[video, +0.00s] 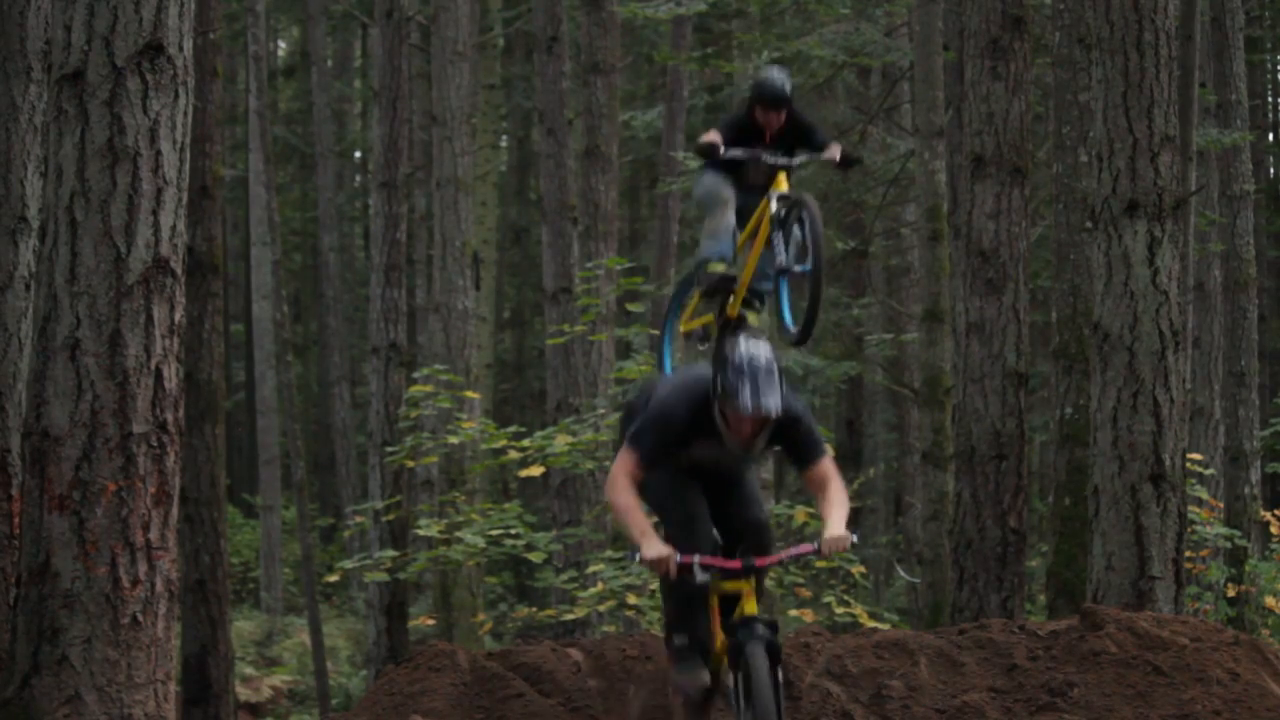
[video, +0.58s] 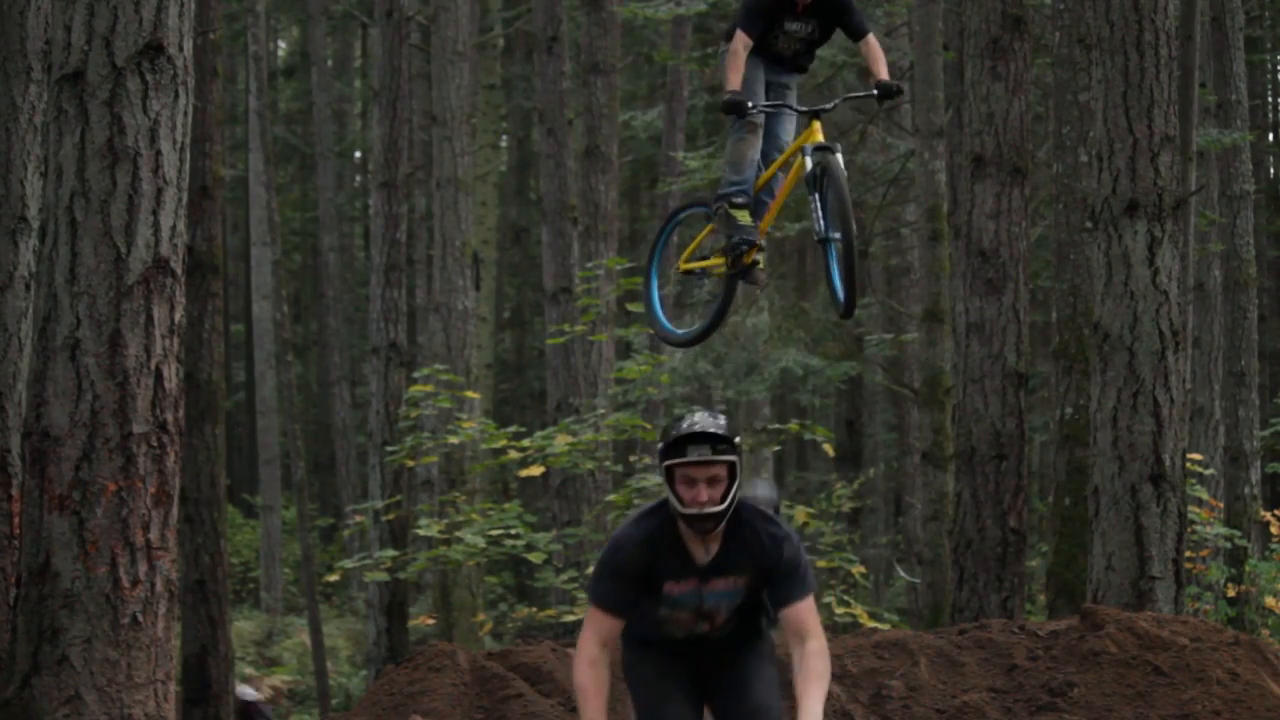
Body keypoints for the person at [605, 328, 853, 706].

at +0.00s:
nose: (747, 427)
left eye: (758, 416)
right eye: (739, 414)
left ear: (775, 403)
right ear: (719, 398)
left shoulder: (784, 412)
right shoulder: (676, 405)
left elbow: (828, 480)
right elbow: (618, 480)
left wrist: (835, 527)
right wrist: (647, 540)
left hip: (723, 465)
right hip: (665, 465)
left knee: (755, 531)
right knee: (695, 542)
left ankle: (743, 627)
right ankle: (684, 647)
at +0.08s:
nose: (750, 454)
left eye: (760, 445)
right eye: (743, 442)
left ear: (776, 430)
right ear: (722, 425)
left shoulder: (784, 438)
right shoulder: (672, 431)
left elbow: (823, 504)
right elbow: (615, 505)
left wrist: (834, 542)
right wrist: (647, 561)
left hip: (734, 491)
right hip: (671, 491)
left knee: (763, 546)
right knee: (693, 569)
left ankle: (749, 632)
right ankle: (691, 673)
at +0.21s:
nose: (746, 470)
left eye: (755, 461)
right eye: (738, 459)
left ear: (772, 447)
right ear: (715, 444)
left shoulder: (785, 462)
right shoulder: (672, 457)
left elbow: (823, 536)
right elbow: (616, 540)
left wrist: (831, 583)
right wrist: (637, 607)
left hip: (736, 532)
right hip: (668, 537)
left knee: (773, 591)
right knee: (688, 630)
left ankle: (772, 684)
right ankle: (699, 710)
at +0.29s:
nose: (738, 474)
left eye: (749, 463)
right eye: (729, 462)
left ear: (765, 453)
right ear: (708, 448)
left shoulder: (785, 473)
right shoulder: (665, 474)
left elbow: (825, 550)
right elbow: (614, 560)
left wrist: (829, 605)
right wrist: (631, 630)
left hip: (738, 549)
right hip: (666, 558)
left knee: (775, 624)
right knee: (689, 651)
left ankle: (777, 709)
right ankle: (692, 712)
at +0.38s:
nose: (731, 474)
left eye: (742, 461)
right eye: (720, 461)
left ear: (759, 455)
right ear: (700, 453)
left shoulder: (781, 483)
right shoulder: (659, 489)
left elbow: (826, 565)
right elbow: (611, 578)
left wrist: (828, 631)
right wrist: (627, 654)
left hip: (742, 575)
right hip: (668, 584)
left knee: (776, 660)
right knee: (688, 680)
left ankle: (776, 711)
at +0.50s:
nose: (716, 484)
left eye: (728, 471)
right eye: (703, 471)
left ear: (745, 465)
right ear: (683, 467)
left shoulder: (776, 513)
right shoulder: (646, 519)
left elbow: (819, 602)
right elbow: (608, 612)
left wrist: (820, 680)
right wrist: (613, 697)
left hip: (744, 611)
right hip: (665, 618)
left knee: (769, 702)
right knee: (686, 708)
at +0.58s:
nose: (701, 496)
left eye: (713, 482)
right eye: (688, 483)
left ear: (734, 479)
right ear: (669, 482)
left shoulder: (768, 540)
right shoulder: (632, 547)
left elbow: (807, 640)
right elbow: (594, 646)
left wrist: (810, 715)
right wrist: (593, 716)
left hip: (741, 656)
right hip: (659, 661)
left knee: (764, 711)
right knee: (668, 712)